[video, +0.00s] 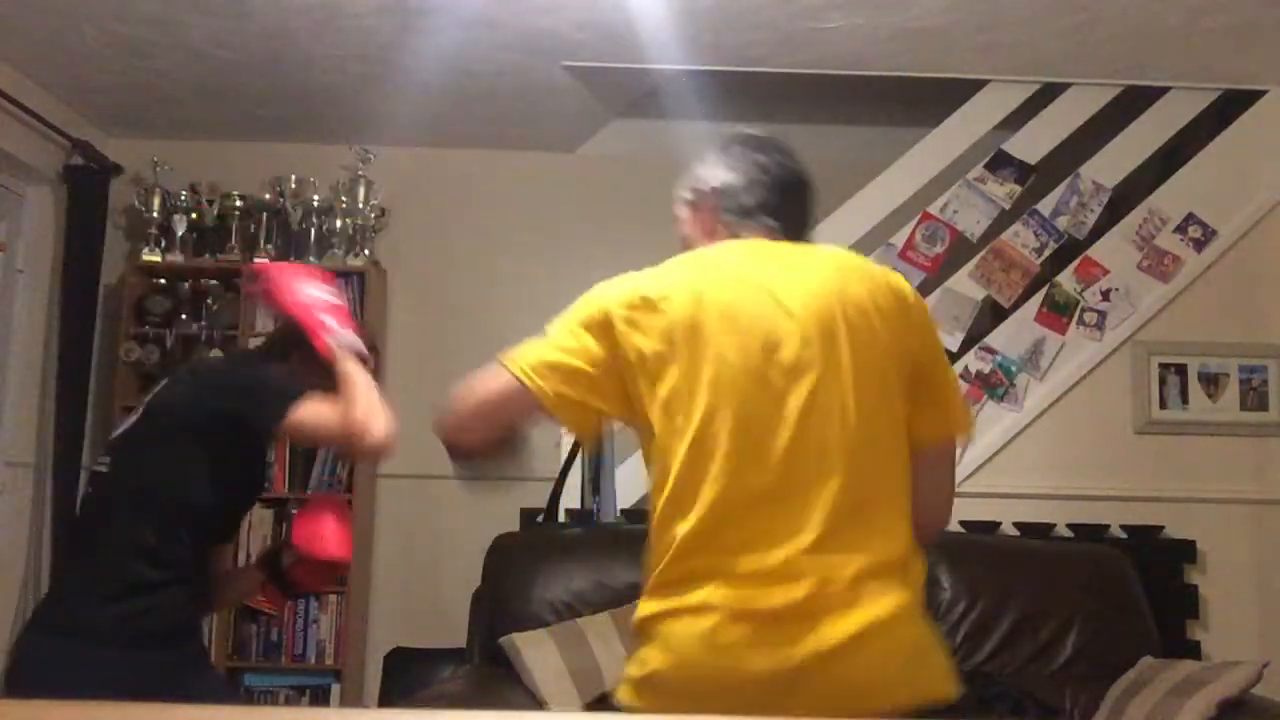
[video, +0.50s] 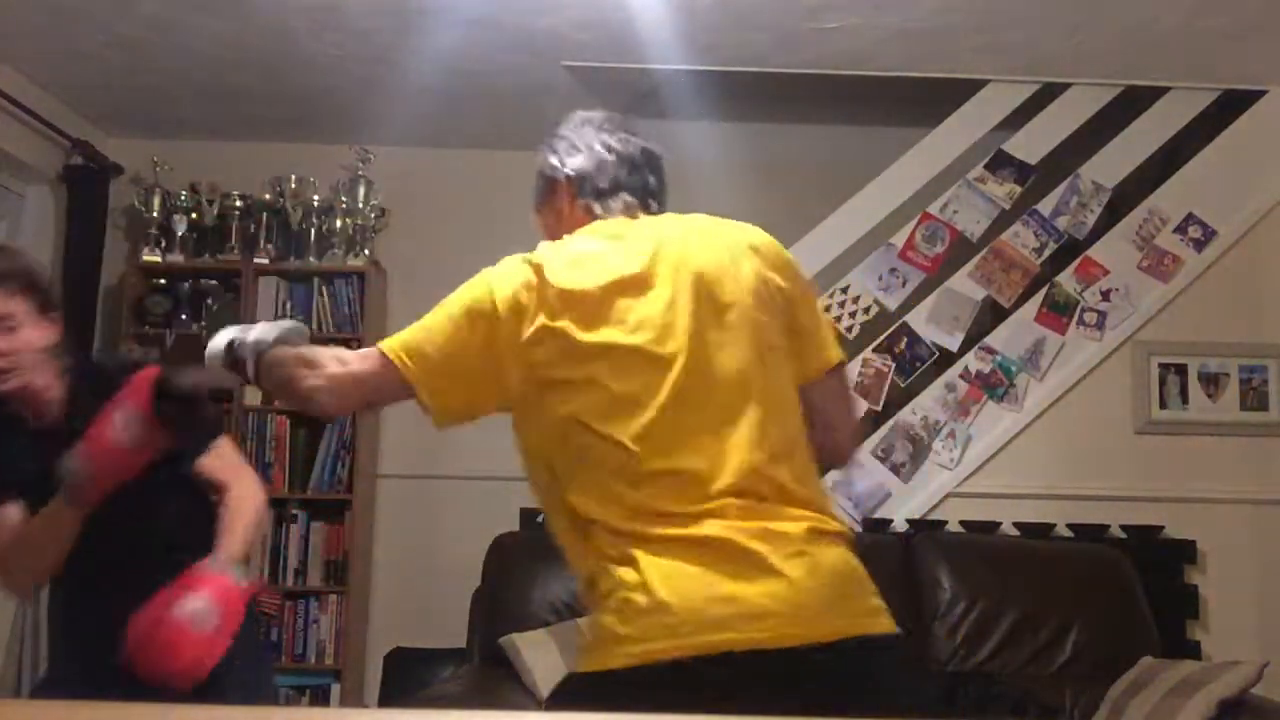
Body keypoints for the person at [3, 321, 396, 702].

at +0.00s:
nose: (349, 388)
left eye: (360, 376)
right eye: (349, 374)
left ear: (284, 345)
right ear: (314, 361)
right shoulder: (236, 381)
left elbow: (189, 593)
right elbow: (372, 430)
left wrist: (272, 570)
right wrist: (338, 342)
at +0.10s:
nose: (333, 370)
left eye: (337, 358)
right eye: (327, 353)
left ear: (284, 342)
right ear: (285, 339)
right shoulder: (216, 387)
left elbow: (214, 585)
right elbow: (306, 486)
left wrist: (287, 572)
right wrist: (342, 384)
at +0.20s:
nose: (284, 331)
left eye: (291, 317)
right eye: (275, 309)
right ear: (213, 300)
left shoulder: (250, 420)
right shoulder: (138, 382)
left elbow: (246, 560)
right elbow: (208, 479)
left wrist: (284, 568)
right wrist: (300, 424)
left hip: (215, 672)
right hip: (118, 673)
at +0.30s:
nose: (187, 306)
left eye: (200, 293)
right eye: (170, 285)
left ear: (213, 306)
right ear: (124, 287)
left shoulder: (218, 391)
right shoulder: (65, 383)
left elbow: (262, 502)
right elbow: (122, 486)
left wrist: (276, 540)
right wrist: (234, 424)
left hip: (217, 668)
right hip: (102, 669)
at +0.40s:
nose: (77, 320)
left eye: (91, 299)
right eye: (59, 304)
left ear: (126, 306)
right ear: (35, 317)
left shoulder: (189, 378)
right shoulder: (22, 404)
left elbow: (270, 499)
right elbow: (57, 527)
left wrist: (254, 553)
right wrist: (138, 438)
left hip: (213, 669)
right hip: (93, 670)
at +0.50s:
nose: (0, 348)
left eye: (9, 326)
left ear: (50, 326)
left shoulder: (137, 391)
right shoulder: (11, 433)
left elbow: (244, 486)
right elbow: (19, 572)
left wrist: (221, 578)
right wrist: (87, 476)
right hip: (88, 662)